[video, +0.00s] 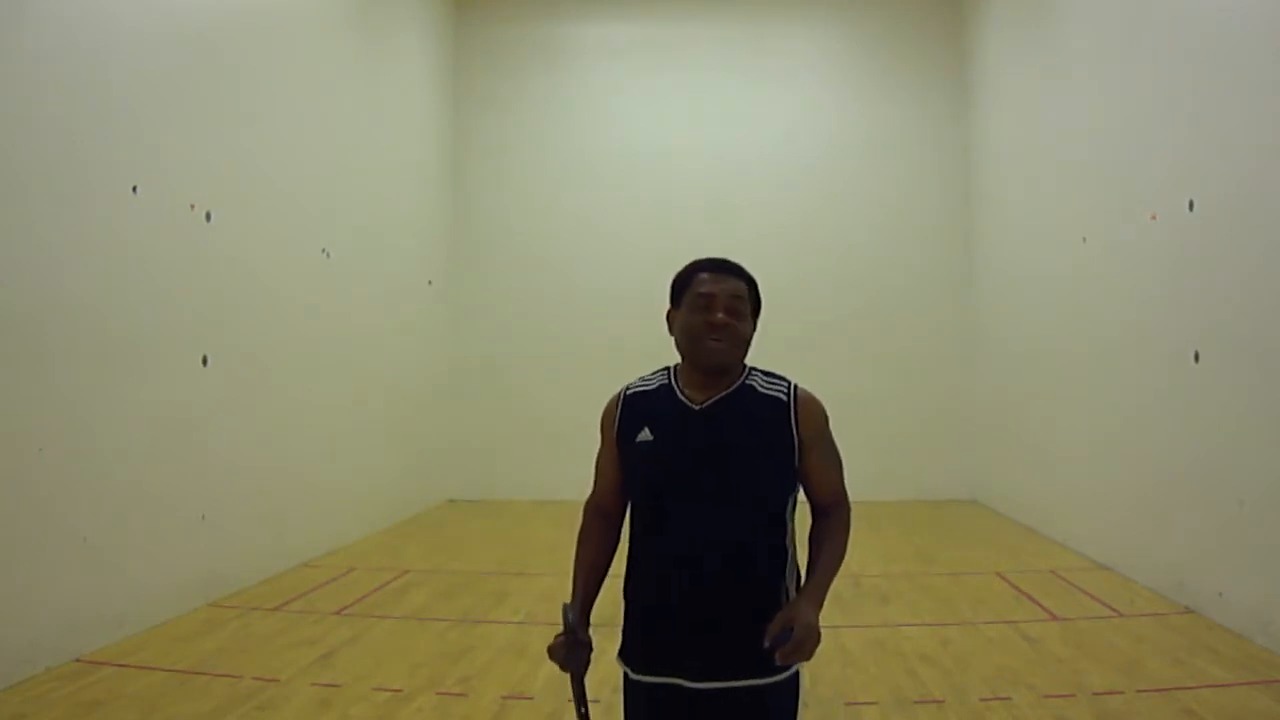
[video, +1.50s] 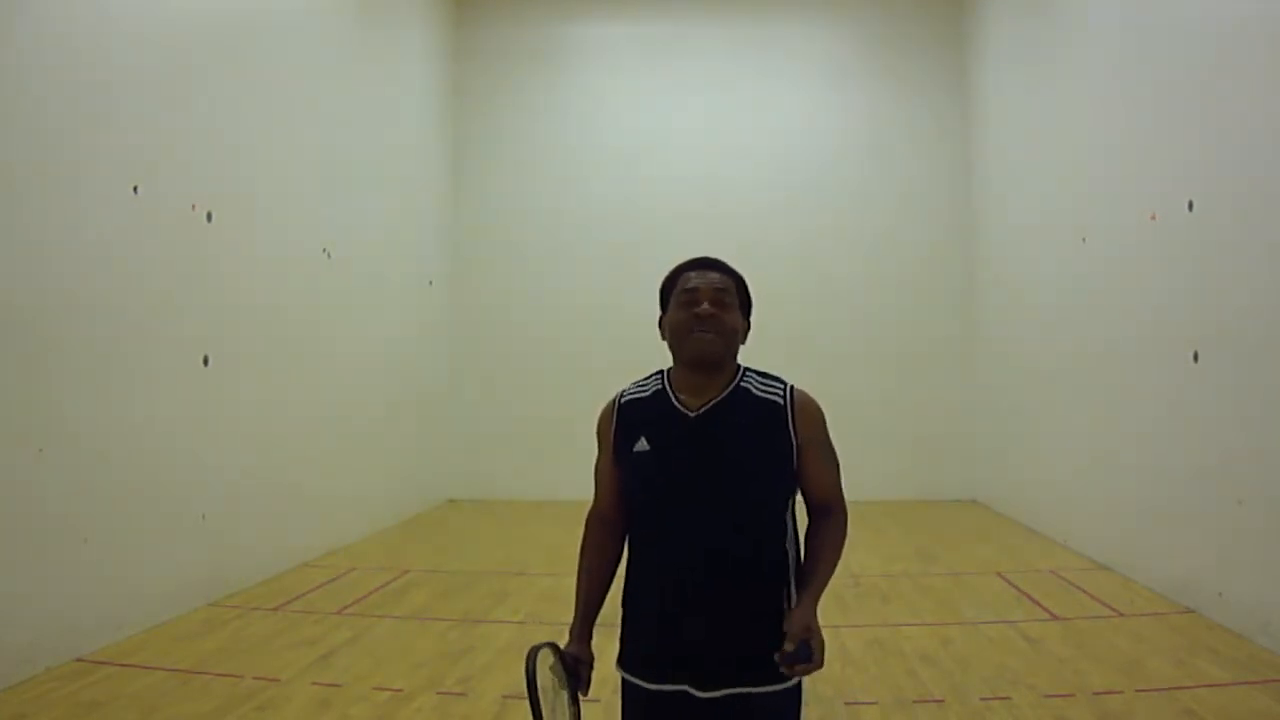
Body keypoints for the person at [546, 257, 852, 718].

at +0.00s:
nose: (719, 318)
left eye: (735, 309)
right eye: (702, 304)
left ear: (753, 329)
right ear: (671, 319)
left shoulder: (795, 411)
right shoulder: (629, 411)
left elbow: (832, 509)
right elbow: (603, 512)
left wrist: (811, 600)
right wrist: (578, 616)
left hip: (756, 667)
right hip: (656, 664)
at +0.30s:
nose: (716, 313)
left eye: (732, 304)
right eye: (699, 302)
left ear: (752, 329)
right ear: (670, 323)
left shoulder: (796, 413)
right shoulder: (633, 413)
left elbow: (834, 511)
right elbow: (614, 518)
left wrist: (806, 609)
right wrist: (586, 623)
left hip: (756, 668)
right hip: (657, 666)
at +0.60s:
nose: (707, 315)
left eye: (725, 306)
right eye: (692, 304)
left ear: (749, 328)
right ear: (668, 323)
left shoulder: (796, 413)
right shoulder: (632, 414)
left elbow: (830, 515)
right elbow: (615, 519)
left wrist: (804, 606)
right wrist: (591, 626)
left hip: (758, 668)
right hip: (658, 665)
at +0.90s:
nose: (704, 316)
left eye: (721, 306)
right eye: (688, 304)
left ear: (746, 326)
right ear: (664, 322)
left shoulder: (792, 414)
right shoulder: (628, 416)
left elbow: (824, 516)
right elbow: (610, 520)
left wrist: (807, 606)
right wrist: (582, 629)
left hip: (759, 669)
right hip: (657, 667)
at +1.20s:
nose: (701, 308)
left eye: (718, 299)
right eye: (684, 299)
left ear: (743, 327)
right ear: (661, 326)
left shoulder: (791, 416)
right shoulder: (624, 419)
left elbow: (820, 516)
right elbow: (608, 524)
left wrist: (799, 615)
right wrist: (584, 635)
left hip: (760, 671)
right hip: (655, 669)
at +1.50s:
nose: (704, 308)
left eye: (722, 299)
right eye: (688, 298)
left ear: (745, 327)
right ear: (662, 325)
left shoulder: (792, 412)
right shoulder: (624, 415)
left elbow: (828, 512)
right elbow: (606, 522)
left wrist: (807, 604)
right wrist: (581, 634)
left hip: (760, 671)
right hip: (655, 669)